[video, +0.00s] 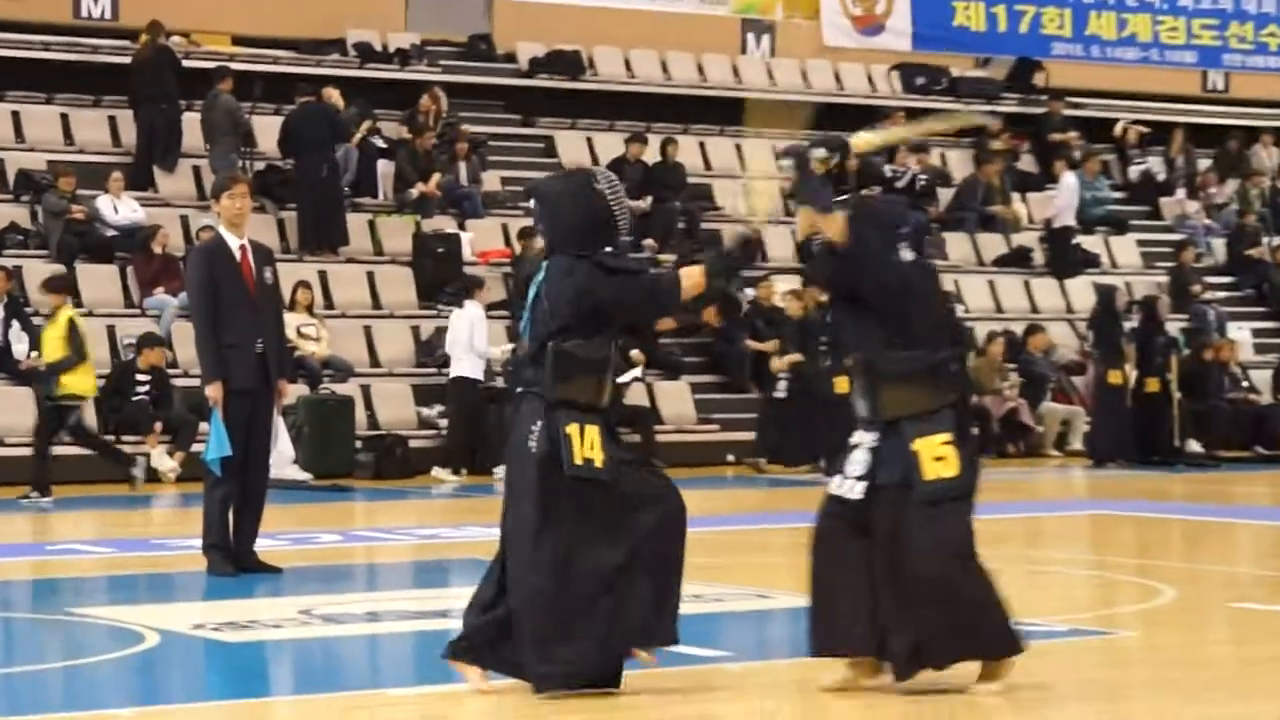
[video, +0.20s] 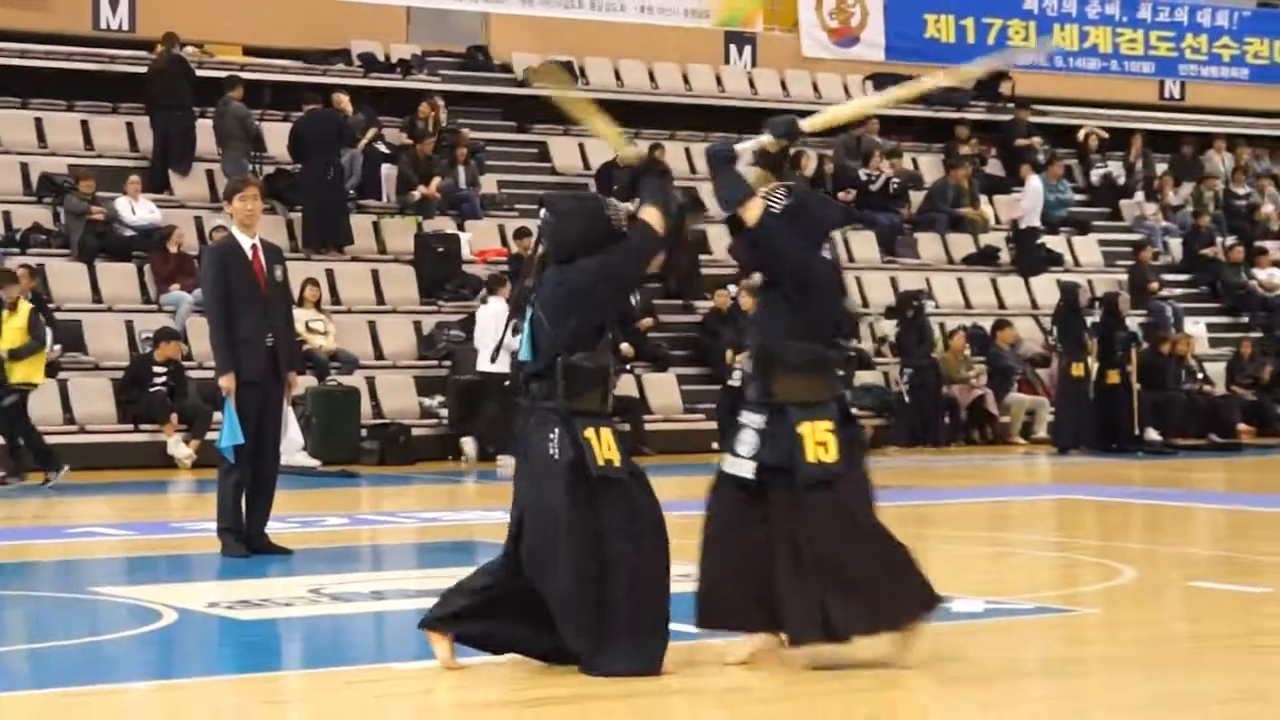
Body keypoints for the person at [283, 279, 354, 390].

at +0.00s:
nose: (307, 296)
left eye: (309, 293)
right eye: (303, 293)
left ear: (312, 296)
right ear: (295, 295)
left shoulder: (316, 318)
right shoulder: (286, 317)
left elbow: (324, 336)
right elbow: (291, 338)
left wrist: (321, 352)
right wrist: (310, 350)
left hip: (319, 351)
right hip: (301, 352)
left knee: (347, 369)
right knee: (315, 370)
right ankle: (316, 400)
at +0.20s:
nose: (314, 293)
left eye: (317, 290)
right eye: (311, 290)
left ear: (320, 293)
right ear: (303, 291)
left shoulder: (324, 313)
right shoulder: (295, 312)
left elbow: (331, 330)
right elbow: (299, 332)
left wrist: (329, 345)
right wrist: (317, 344)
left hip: (327, 346)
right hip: (310, 346)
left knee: (352, 361)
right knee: (322, 361)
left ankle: (338, 385)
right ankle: (325, 390)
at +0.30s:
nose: (325, 295)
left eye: (328, 293)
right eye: (322, 292)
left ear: (331, 296)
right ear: (314, 294)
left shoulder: (335, 315)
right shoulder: (307, 314)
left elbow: (342, 331)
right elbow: (311, 333)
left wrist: (338, 345)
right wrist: (328, 344)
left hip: (337, 346)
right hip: (320, 346)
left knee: (362, 360)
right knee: (333, 361)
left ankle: (347, 384)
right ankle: (337, 389)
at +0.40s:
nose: (332, 297)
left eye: (335, 294)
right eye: (329, 294)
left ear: (338, 298)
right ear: (322, 296)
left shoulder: (341, 316)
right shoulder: (315, 315)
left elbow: (349, 332)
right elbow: (318, 334)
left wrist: (345, 346)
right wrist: (335, 344)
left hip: (344, 346)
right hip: (327, 346)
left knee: (368, 360)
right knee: (339, 361)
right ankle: (344, 389)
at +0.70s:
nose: (348, 299)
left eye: (351, 296)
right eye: (345, 296)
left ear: (354, 299)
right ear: (339, 298)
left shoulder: (357, 316)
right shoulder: (332, 316)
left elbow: (365, 331)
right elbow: (334, 334)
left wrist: (361, 344)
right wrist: (350, 344)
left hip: (360, 346)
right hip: (344, 346)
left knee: (383, 358)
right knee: (356, 361)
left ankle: (371, 383)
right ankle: (359, 386)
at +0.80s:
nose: (357, 300)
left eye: (359, 298)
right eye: (354, 297)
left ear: (362, 301)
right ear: (348, 300)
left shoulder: (366, 319)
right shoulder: (341, 317)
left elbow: (373, 333)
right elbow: (343, 335)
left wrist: (370, 345)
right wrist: (358, 345)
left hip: (369, 346)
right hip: (353, 347)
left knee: (390, 359)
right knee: (365, 361)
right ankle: (366, 387)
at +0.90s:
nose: (363, 303)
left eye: (365, 300)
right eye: (360, 300)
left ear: (368, 303)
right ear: (354, 302)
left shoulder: (371, 320)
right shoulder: (347, 319)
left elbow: (379, 334)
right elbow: (349, 336)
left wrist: (375, 346)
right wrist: (364, 345)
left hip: (374, 347)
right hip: (359, 347)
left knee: (395, 359)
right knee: (370, 362)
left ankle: (385, 383)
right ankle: (371, 385)